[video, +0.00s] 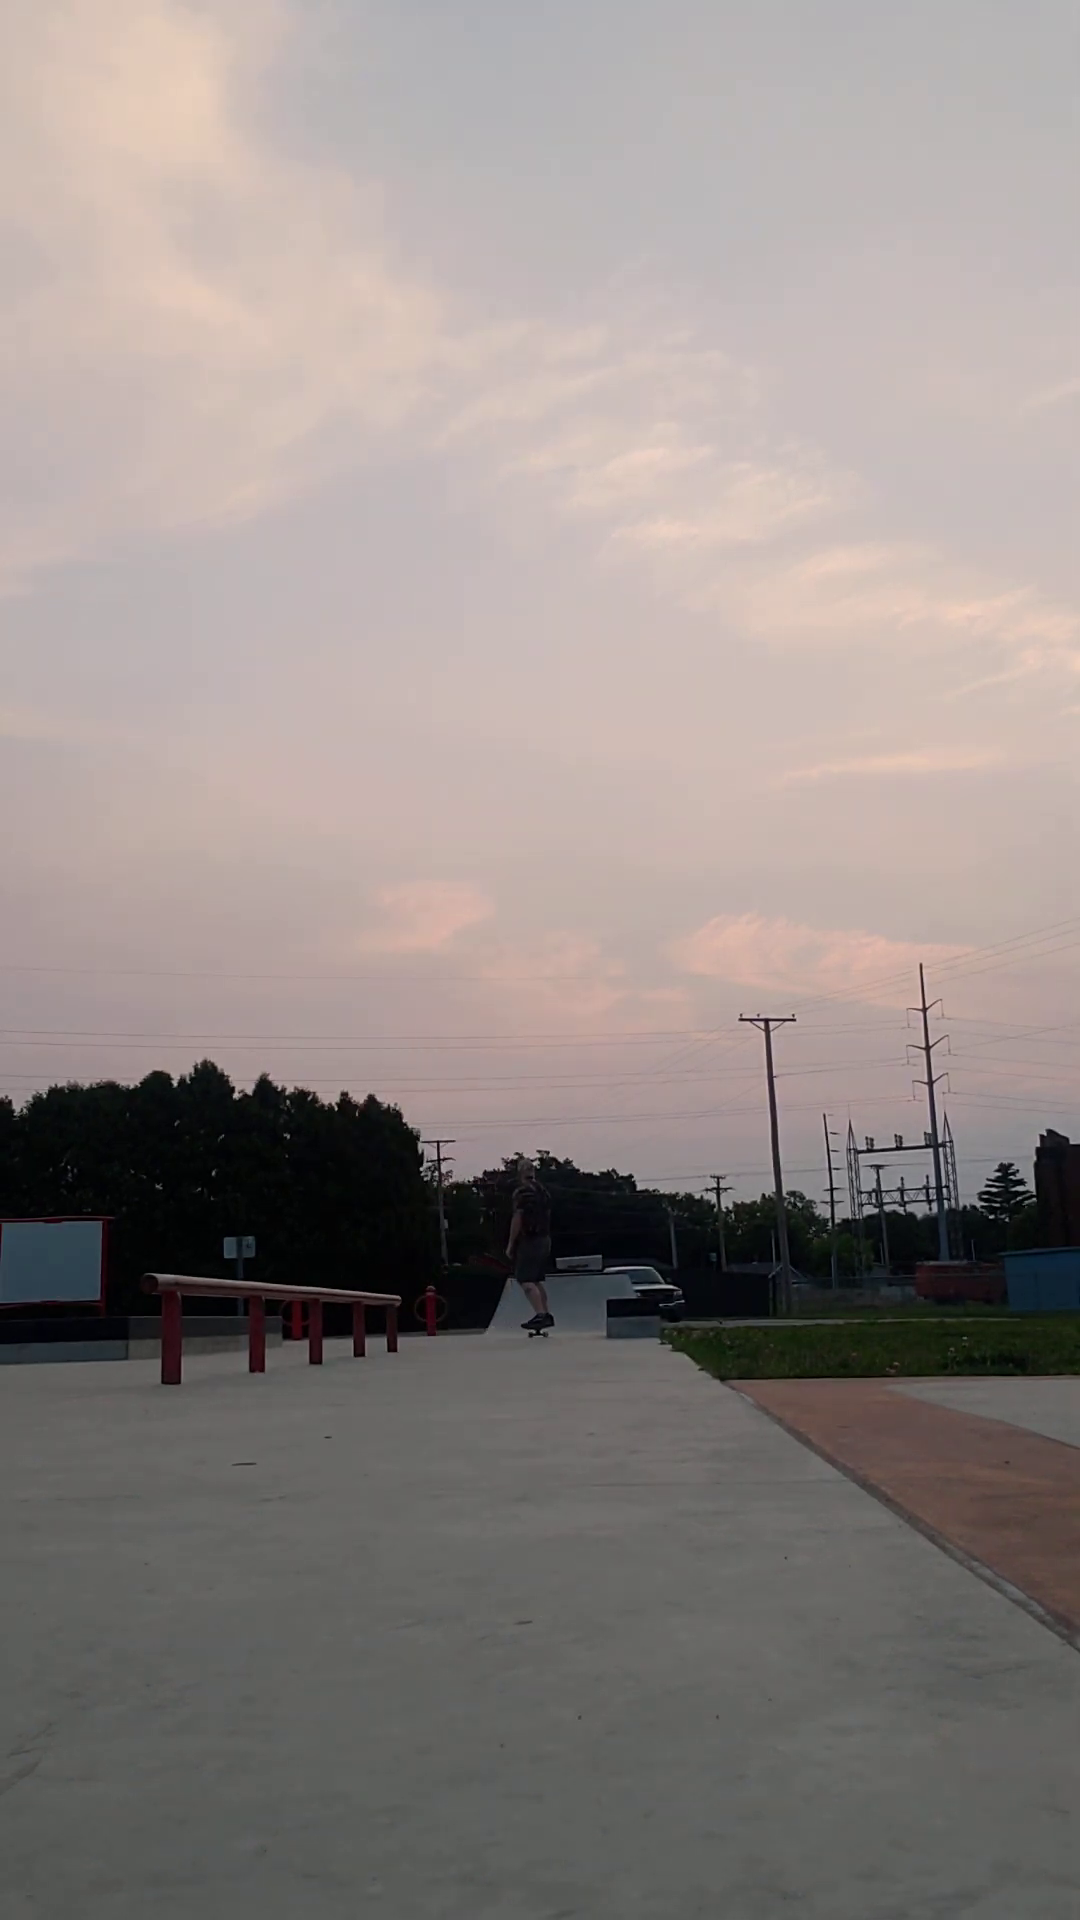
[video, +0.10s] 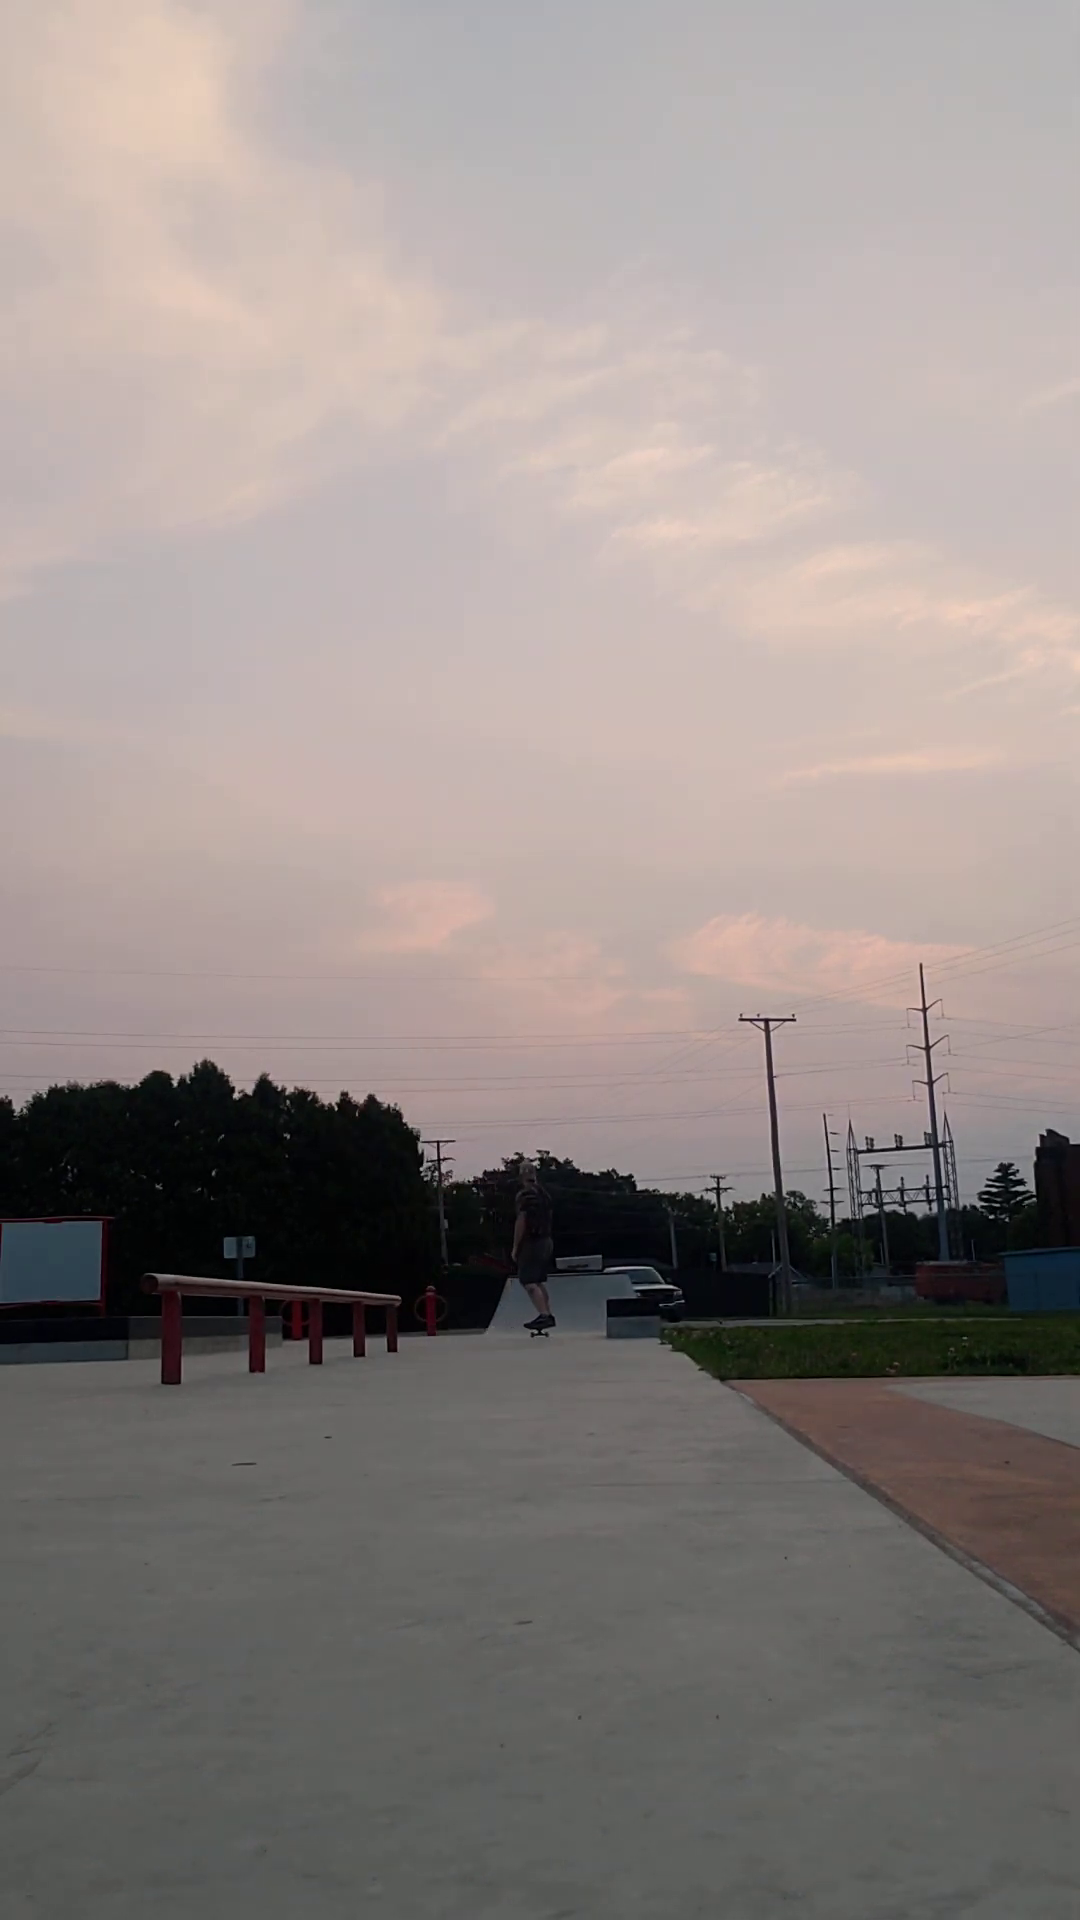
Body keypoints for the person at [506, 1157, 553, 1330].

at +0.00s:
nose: (521, 1175)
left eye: (520, 1172)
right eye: (524, 1171)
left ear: (520, 1173)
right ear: (534, 1172)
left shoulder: (521, 1192)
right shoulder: (542, 1190)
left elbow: (517, 1219)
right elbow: (545, 1216)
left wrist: (510, 1244)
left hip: (529, 1240)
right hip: (543, 1239)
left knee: (525, 1278)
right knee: (536, 1279)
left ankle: (540, 1313)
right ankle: (545, 1314)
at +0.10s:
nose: (526, 1177)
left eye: (525, 1174)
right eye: (527, 1174)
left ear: (521, 1176)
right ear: (535, 1175)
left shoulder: (523, 1195)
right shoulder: (543, 1193)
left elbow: (521, 1221)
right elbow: (547, 1219)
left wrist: (515, 1246)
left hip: (531, 1242)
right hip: (545, 1241)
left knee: (528, 1280)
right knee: (539, 1281)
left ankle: (543, 1314)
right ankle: (547, 1315)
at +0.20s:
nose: (525, 1181)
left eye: (524, 1178)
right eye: (528, 1178)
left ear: (523, 1179)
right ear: (537, 1178)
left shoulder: (525, 1199)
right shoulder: (545, 1196)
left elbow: (523, 1225)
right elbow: (548, 1221)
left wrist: (519, 1249)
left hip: (534, 1243)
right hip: (547, 1242)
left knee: (529, 1280)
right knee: (540, 1281)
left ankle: (544, 1314)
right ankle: (547, 1315)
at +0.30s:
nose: (529, 1181)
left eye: (527, 1179)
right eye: (530, 1178)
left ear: (525, 1181)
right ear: (538, 1180)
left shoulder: (527, 1200)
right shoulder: (546, 1197)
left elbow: (525, 1226)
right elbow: (550, 1222)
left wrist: (520, 1250)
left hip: (535, 1245)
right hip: (548, 1244)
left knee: (531, 1281)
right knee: (542, 1282)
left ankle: (545, 1315)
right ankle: (548, 1316)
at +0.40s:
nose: (529, 1185)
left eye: (528, 1183)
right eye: (531, 1183)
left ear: (527, 1184)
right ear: (540, 1183)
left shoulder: (530, 1203)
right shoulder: (549, 1200)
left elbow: (528, 1228)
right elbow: (552, 1226)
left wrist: (521, 1250)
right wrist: (549, 1244)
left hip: (536, 1246)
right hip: (549, 1246)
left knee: (534, 1283)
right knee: (543, 1284)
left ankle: (546, 1316)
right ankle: (549, 1316)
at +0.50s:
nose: (531, 1188)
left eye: (530, 1185)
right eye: (533, 1185)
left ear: (529, 1187)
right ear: (542, 1185)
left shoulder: (532, 1204)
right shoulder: (550, 1202)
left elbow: (531, 1229)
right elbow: (553, 1227)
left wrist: (524, 1251)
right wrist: (550, 1244)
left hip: (538, 1247)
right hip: (550, 1247)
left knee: (533, 1282)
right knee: (544, 1284)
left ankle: (545, 1315)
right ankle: (551, 1316)